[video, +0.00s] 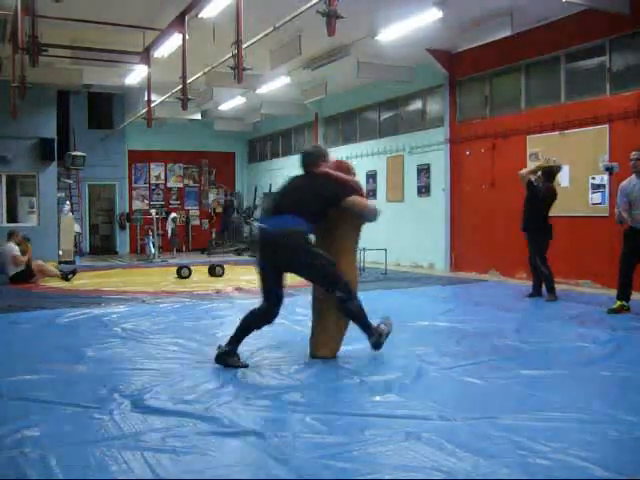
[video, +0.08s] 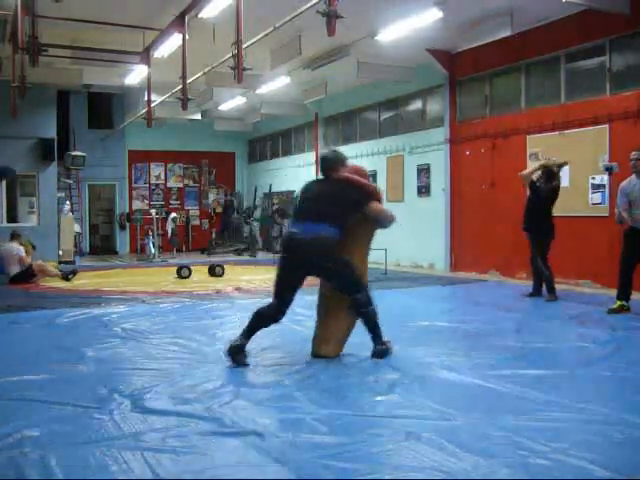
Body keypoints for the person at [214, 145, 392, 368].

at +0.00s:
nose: (329, 164)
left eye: (327, 162)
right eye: (328, 162)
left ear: (305, 164)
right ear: (324, 163)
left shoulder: (293, 182)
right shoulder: (331, 182)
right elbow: (369, 211)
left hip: (267, 246)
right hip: (294, 246)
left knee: (269, 308)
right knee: (339, 287)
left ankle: (228, 350)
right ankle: (372, 334)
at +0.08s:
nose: (346, 170)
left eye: (344, 167)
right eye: (344, 166)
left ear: (322, 169)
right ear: (342, 167)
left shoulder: (309, 187)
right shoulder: (351, 187)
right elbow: (386, 217)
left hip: (293, 250)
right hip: (322, 251)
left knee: (277, 308)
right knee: (358, 292)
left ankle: (239, 344)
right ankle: (378, 343)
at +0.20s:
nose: (363, 174)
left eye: (362, 171)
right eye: (362, 171)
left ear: (340, 170)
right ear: (359, 172)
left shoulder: (322, 188)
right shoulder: (363, 190)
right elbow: (390, 199)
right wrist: (371, 183)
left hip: (308, 249)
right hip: (340, 251)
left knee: (289, 293)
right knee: (373, 286)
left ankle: (270, 338)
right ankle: (382, 343)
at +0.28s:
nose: (369, 169)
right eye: (369, 165)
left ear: (348, 163)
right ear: (370, 166)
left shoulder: (331, 179)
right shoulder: (375, 184)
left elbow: (312, 212)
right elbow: (399, 222)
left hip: (320, 237)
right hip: (352, 239)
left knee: (299, 288)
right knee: (377, 284)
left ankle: (292, 344)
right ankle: (382, 342)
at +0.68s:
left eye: (336, 163)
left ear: (334, 165)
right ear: (355, 166)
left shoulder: (325, 179)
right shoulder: (367, 184)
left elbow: (297, 208)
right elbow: (377, 213)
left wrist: (309, 220)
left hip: (339, 243)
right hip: (372, 242)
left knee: (306, 289)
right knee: (379, 283)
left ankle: (311, 349)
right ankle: (379, 336)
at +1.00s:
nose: (317, 185)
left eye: (317, 182)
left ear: (320, 183)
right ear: (341, 182)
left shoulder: (316, 198)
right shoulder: (354, 197)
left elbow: (291, 231)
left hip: (350, 251)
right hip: (381, 249)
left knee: (305, 286)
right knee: (373, 285)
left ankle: (309, 348)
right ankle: (377, 338)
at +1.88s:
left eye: (325, 157)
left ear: (324, 159)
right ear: (346, 158)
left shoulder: (319, 180)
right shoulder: (360, 179)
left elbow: (293, 215)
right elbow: (370, 203)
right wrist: (357, 174)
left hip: (343, 241)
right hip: (373, 238)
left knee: (299, 284)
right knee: (375, 284)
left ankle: (302, 346)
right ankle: (376, 338)